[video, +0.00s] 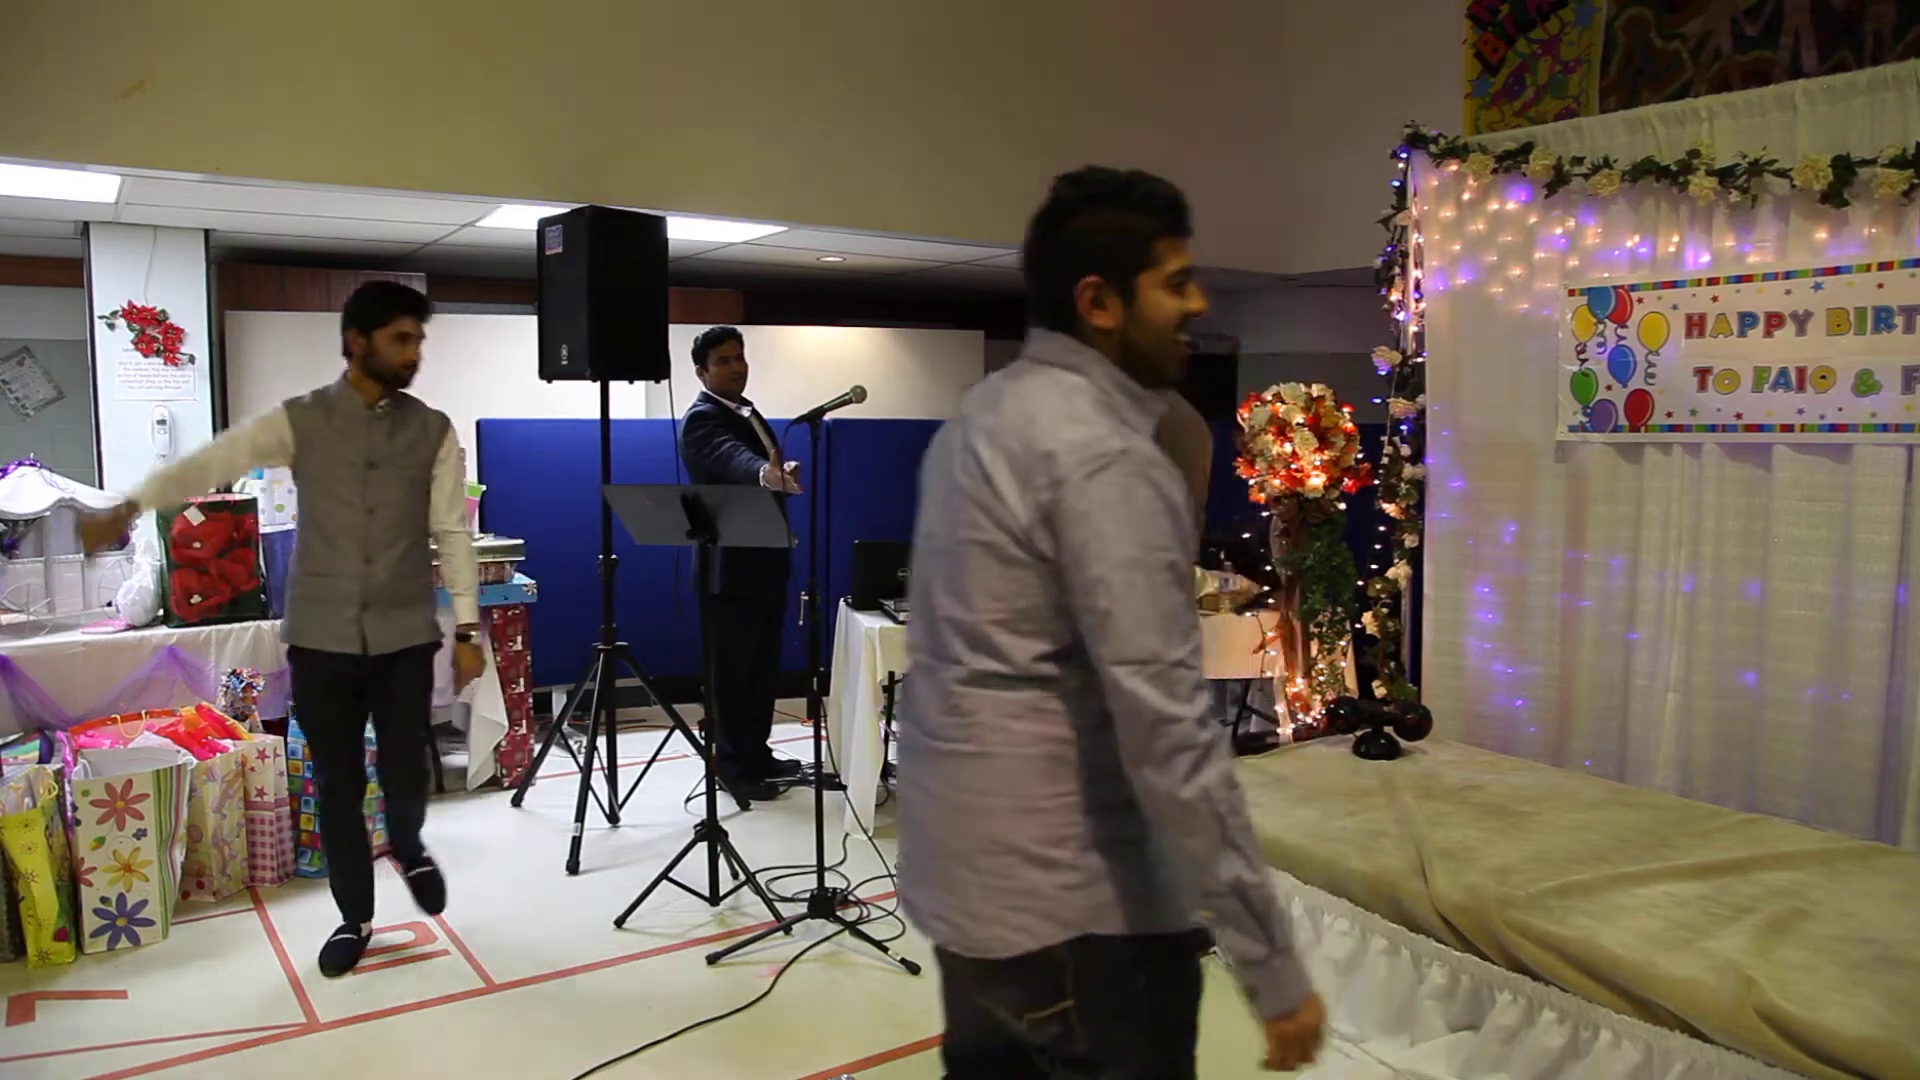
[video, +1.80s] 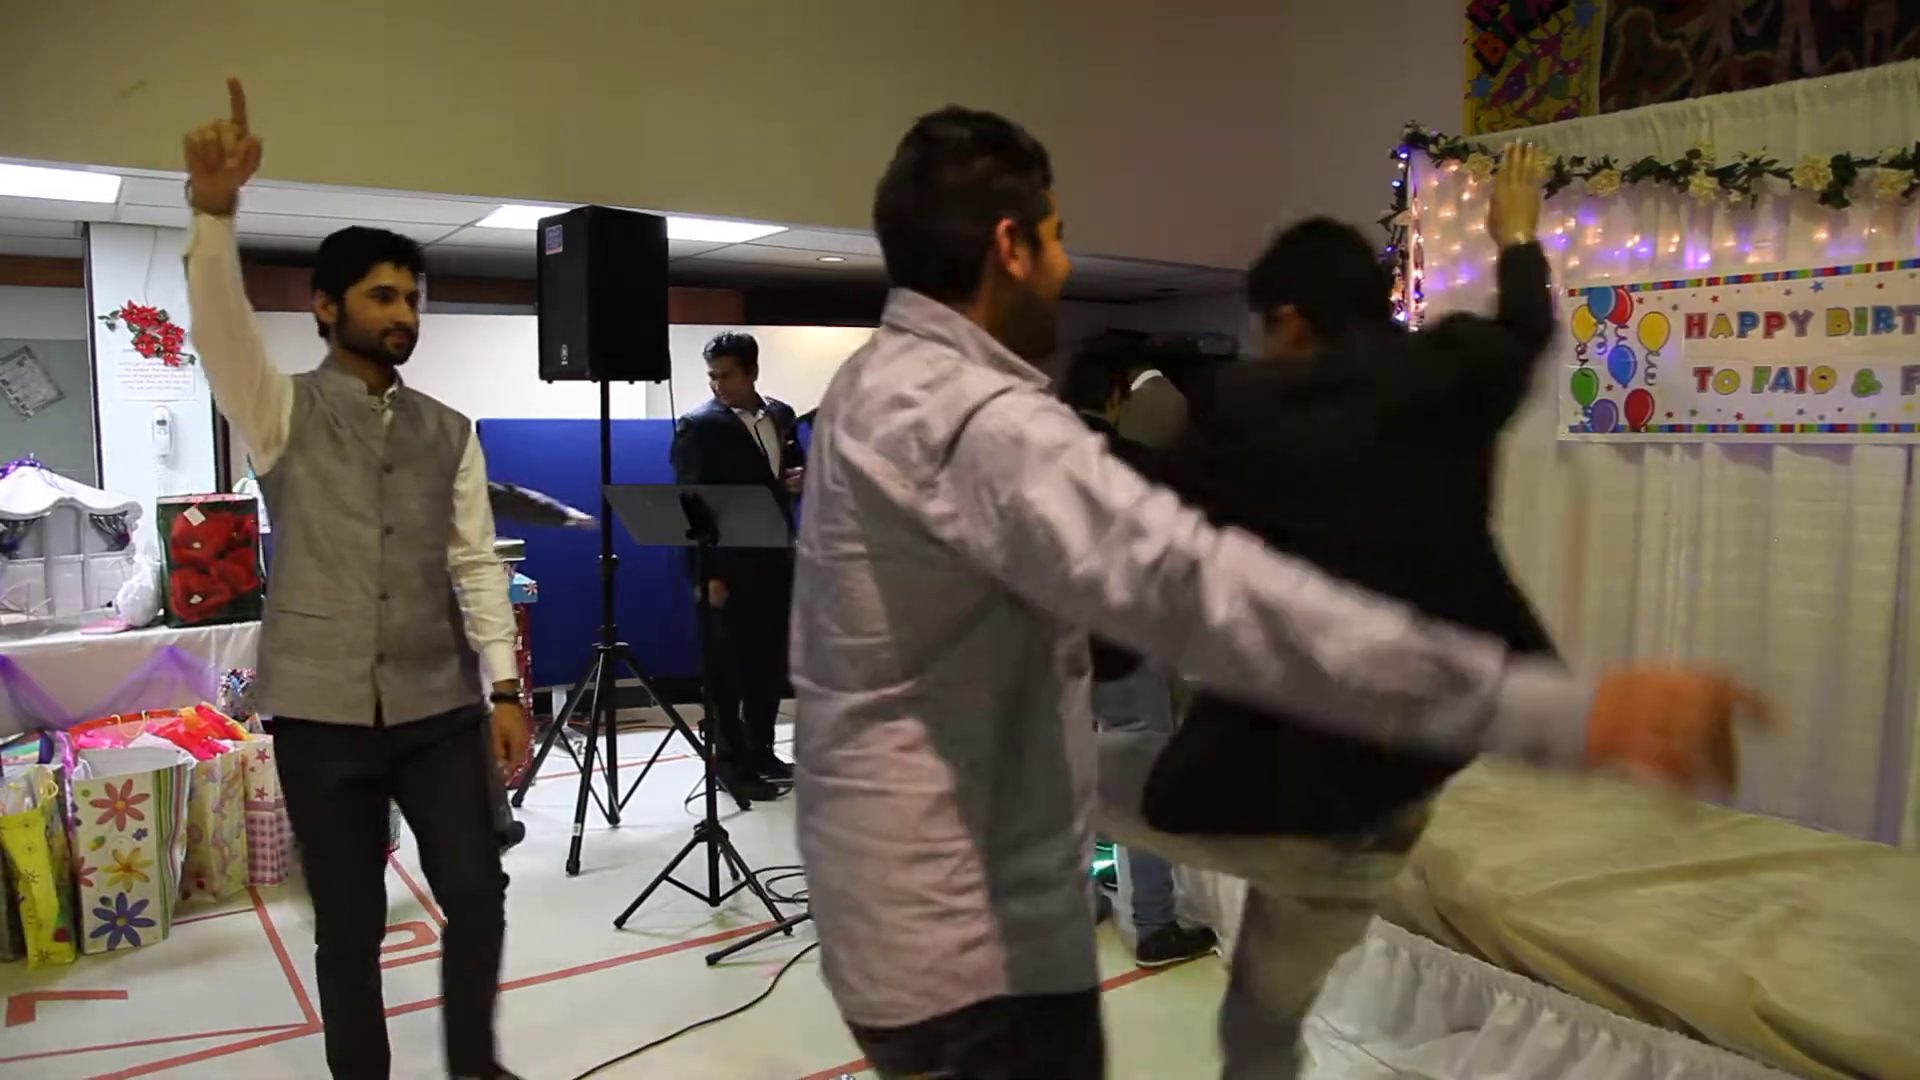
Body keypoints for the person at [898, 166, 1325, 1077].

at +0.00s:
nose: (1200, 306)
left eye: (1192, 281)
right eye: (1177, 282)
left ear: (1090, 304)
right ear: (1098, 303)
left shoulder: (979, 420)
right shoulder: (1104, 452)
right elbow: (1172, 733)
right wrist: (1273, 970)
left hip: (979, 896)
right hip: (1079, 909)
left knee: (996, 1062)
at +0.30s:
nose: (1100, 286)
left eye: (1093, 262)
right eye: (1075, 263)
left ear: (998, 288)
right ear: (997, 286)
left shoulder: (908, 411)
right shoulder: (1001, 440)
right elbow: (1051, 737)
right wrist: (1111, 990)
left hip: (919, 888)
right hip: (986, 900)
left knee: (954, 1061)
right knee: (1022, 1062)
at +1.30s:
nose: (1041, 257)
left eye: (1032, 229)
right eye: (1003, 231)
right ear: (899, 264)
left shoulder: (850, 396)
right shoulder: (911, 436)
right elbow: (1042, 747)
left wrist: (1001, 934)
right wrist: (1241, 1036)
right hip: (896, 944)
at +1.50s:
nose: (1058, 263)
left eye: (1052, 237)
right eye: (1026, 238)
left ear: (927, 275)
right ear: (923, 267)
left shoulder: (873, 403)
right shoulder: (921, 437)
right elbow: (1084, 717)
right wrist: (1374, 1004)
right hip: (910, 937)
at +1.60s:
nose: (1070, 276)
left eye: (1061, 248)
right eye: (1046, 249)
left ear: (958, 271)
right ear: (958, 271)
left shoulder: (864, 422)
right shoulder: (933, 455)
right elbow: (1122, 715)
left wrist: (1196, 680)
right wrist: (1445, 936)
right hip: (919, 954)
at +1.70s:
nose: (1070, 270)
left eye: (1060, 240)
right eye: (1055, 241)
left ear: (966, 259)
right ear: (990, 258)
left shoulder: (890, 399)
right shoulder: (950, 427)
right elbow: (1154, 653)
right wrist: (1508, 834)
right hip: (944, 947)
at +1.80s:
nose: (1070, 265)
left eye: (1063, 238)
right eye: (1058, 238)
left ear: (927, 256)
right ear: (1008, 249)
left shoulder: (895, 381)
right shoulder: (964, 407)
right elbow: (1190, 585)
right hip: (962, 913)